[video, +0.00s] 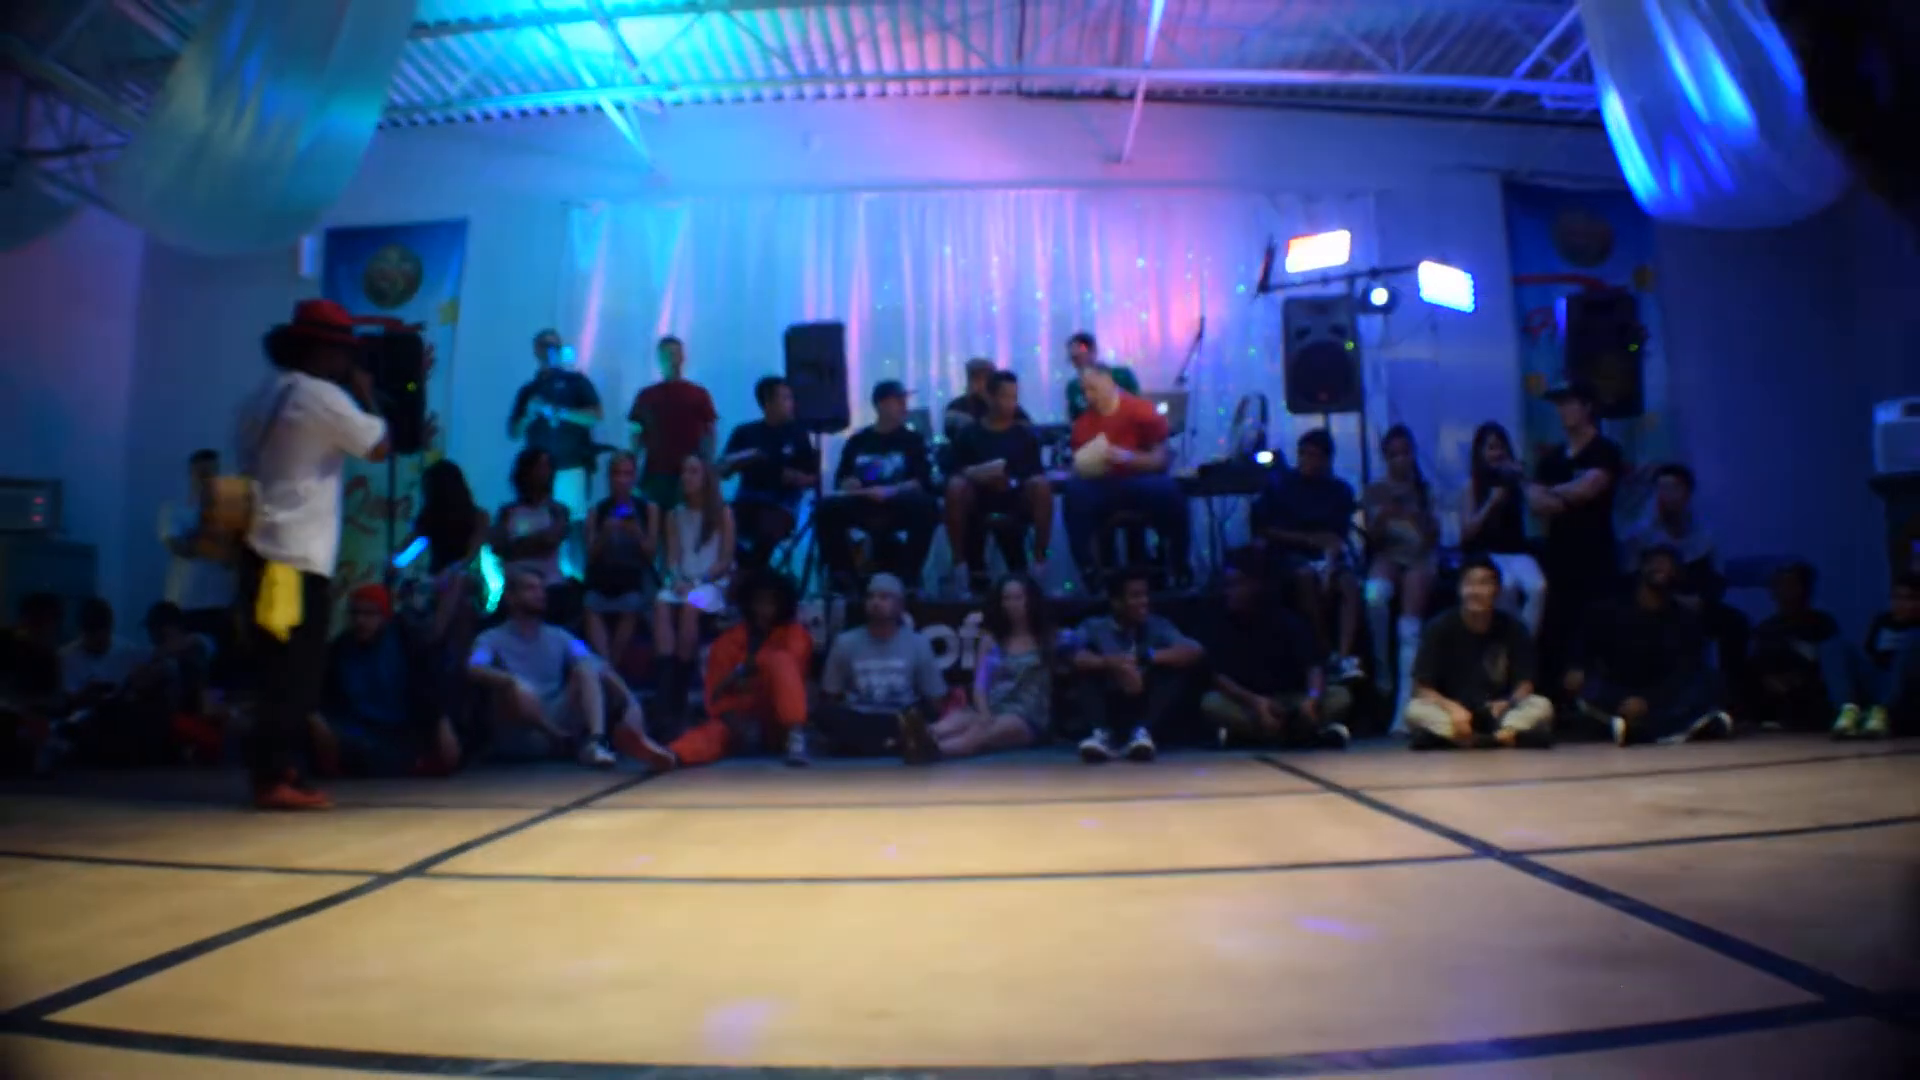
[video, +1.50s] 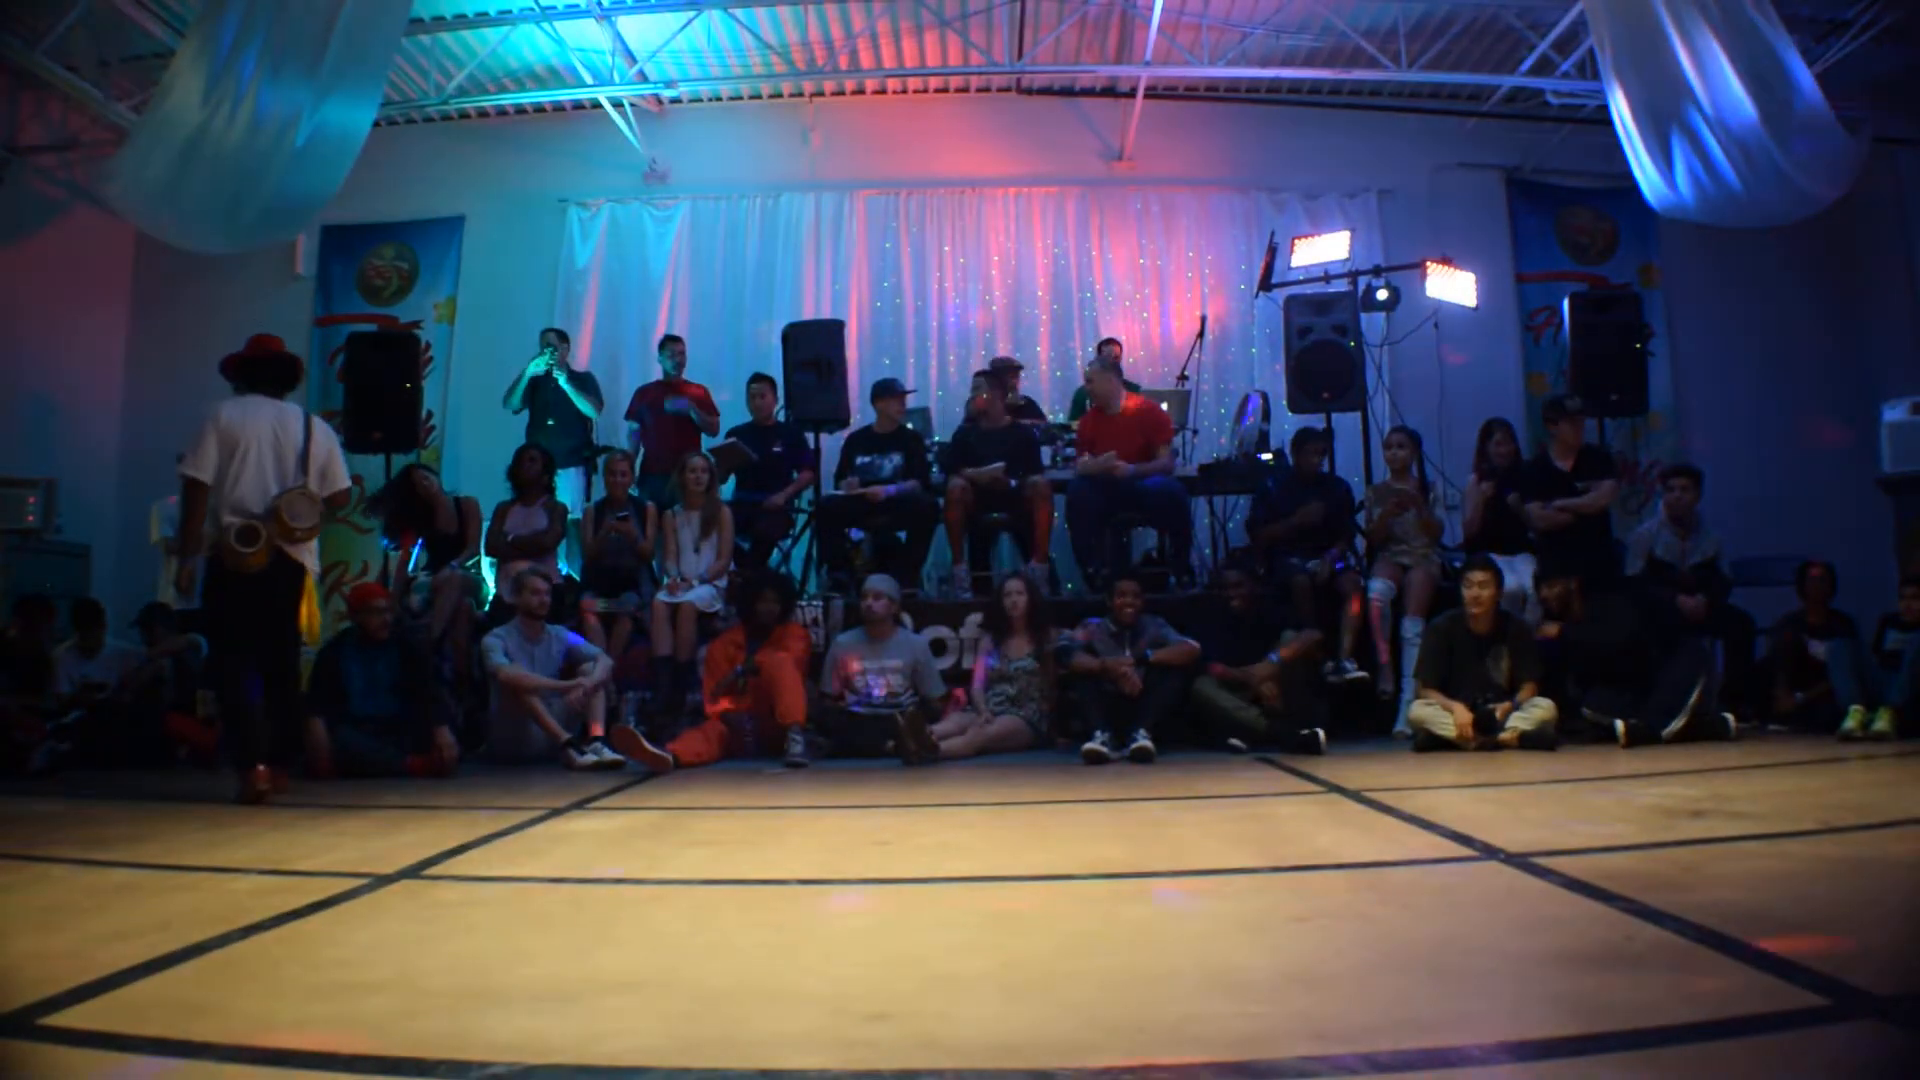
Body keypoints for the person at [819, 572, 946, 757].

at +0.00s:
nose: (875, 604)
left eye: (883, 597)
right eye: (871, 597)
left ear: (899, 604)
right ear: (865, 602)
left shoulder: (917, 644)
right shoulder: (845, 643)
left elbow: (936, 700)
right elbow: (830, 697)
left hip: (904, 718)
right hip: (858, 718)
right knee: (825, 715)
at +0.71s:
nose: (872, 604)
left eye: (880, 598)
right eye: (868, 597)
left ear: (897, 606)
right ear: (863, 602)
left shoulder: (916, 645)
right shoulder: (844, 644)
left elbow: (935, 702)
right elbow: (828, 699)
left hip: (903, 717)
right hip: (857, 718)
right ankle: (887, 746)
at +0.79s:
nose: (872, 604)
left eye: (881, 598)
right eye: (868, 597)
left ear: (897, 606)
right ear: (863, 602)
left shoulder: (916, 645)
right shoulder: (844, 644)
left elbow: (935, 704)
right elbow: (828, 701)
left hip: (904, 722)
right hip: (857, 723)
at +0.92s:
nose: (872, 604)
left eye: (880, 597)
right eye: (868, 597)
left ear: (897, 606)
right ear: (862, 601)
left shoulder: (916, 645)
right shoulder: (843, 644)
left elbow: (935, 702)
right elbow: (828, 699)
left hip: (903, 718)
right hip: (856, 720)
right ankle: (885, 746)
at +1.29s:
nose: (871, 604)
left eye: (880, 598)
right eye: (867, 597)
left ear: (896, 606)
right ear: (862, 602)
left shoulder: (916, 645)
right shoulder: (843, 644)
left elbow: (933, 699)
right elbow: (829, 699)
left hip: (904, 717)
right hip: (858, 718)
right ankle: (887, 746)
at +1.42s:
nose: (869, 604)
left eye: (878, 598)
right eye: (865, 598)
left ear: (894, 606)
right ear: (860, 602)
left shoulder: (916, 645)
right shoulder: (843, 645)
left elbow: (933, 703)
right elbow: (828, 700)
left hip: (905, 719)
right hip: (858, 721)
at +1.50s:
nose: (869, 604)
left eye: (877, 598)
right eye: (865, 598)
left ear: (894, 606)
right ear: (860, 602)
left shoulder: (915, 645)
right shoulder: (842, 645)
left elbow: (935, 703)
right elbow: (829, 700)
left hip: (902, 719)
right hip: (856, 720)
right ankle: (888, 745)